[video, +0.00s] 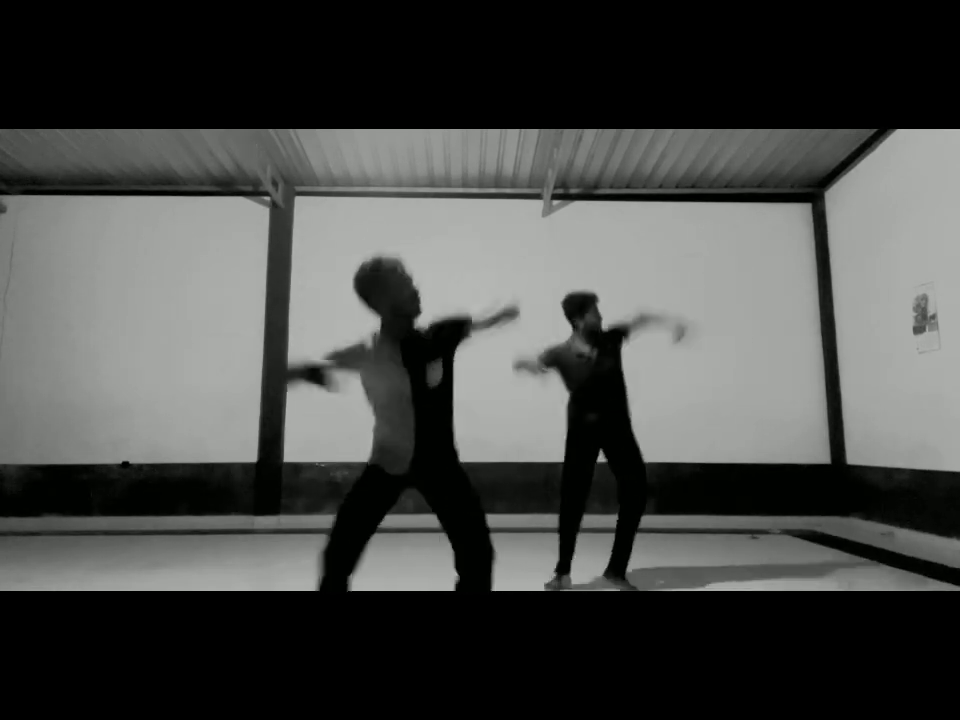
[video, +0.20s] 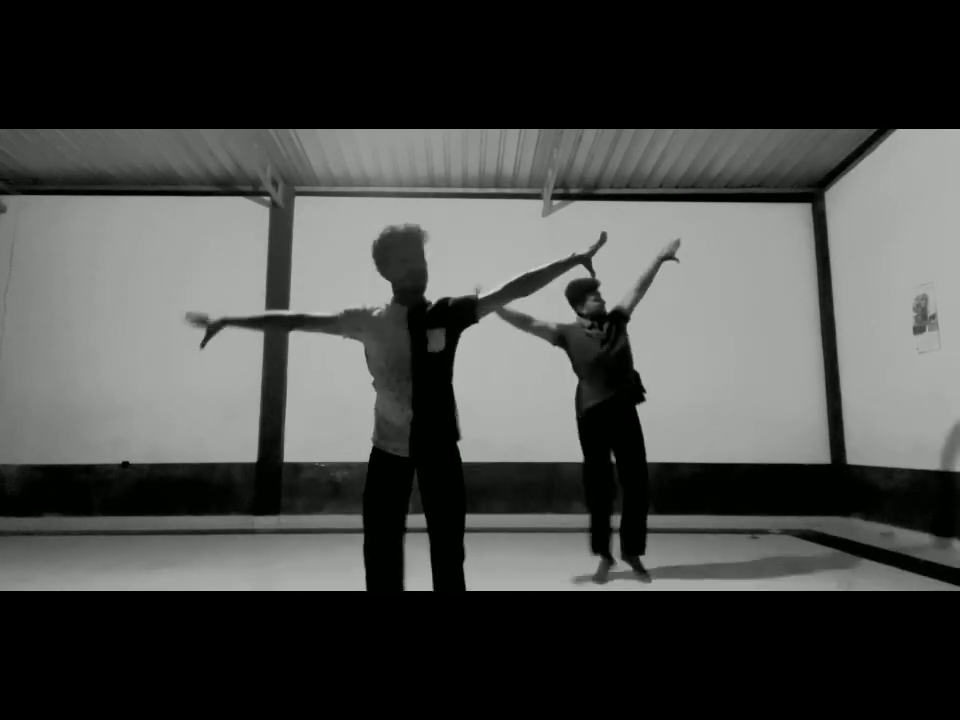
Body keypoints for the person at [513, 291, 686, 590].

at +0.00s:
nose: (599, 316)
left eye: (598, 311)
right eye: (593, 312)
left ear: (592, 315)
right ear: (579, 318)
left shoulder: (612, 338)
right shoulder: (561, 353)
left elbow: (641, 320)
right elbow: (531, 364)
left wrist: (674, 324)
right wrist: (528, 366)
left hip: (617, 431)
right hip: (582, 436)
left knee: (635, 493)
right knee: (572, 498)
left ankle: (616, 571)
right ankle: (563, 571)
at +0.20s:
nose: (600, 299)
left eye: (599, 294)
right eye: (593, 297)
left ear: (599, 299)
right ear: (578, 306)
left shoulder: (617, 320)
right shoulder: (566, 333)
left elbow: (639, 287)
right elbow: (526, 321)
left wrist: (660, 258)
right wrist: (490, 304)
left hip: (623, 412)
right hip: (593, 415)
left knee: (636, 482)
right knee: (598, 484)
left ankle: (632, 553)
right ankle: (605, 556)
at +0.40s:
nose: (604, 308)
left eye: (607, 304)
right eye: (597, 306)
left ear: (613, 307)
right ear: (587, 313)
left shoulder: (627, 334)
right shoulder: (579, 339)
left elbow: (648, 300)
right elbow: (546, 315)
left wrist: (642, 277)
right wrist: (556, 282)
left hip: (629, 424)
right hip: (595, 426)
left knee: (645, 490)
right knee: (602, 496)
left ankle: (650, 560)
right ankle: (610, 563)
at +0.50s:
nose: (612, 312)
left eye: (615, 307)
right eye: (605, 309)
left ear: (622, 311)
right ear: (597, 316)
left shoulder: (640, 341)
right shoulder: (591, 344)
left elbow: (664, 310)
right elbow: (563, 324)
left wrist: (635, 288)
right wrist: (584, 294)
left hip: (629, 429)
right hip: (595, 428)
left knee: (645, 494)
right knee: (597, 496)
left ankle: (657, 565)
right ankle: (607, 563)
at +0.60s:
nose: (623, 323)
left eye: (627, 319)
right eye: (617, 319)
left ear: (635, 324)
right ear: (610, 325)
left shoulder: (647, 354)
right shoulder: (602, 351)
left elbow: (662, 354)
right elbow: (587, 350)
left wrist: (641, 323)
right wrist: (602, 319)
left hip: (632, 432)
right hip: (596, 428)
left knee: (655, 488)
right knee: (575, 483)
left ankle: (659, 565)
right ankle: (587, 549)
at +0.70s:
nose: (631, 339)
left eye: (636, 334)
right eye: (625, 334)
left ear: (644, 336)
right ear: (619, 336)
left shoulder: (654, 372)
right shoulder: (605, 362)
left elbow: (646, 395)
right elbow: (597, 395)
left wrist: (636, 367)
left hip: (634, 441)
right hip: (598, 433)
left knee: (667, 495)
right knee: (556, 472)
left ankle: (660, 567)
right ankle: (558, 548)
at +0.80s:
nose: (630, 357)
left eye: (634, 351)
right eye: (625, 351)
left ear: (641, 349)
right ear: (617, 349)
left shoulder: (651, 385)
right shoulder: (599, 377)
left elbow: (651, 420)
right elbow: (589, 417)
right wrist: (605, 429)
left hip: (631, 452)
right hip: (594, 448)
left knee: (673, 499)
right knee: (547, 476)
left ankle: (662, 567)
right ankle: (527, 550)